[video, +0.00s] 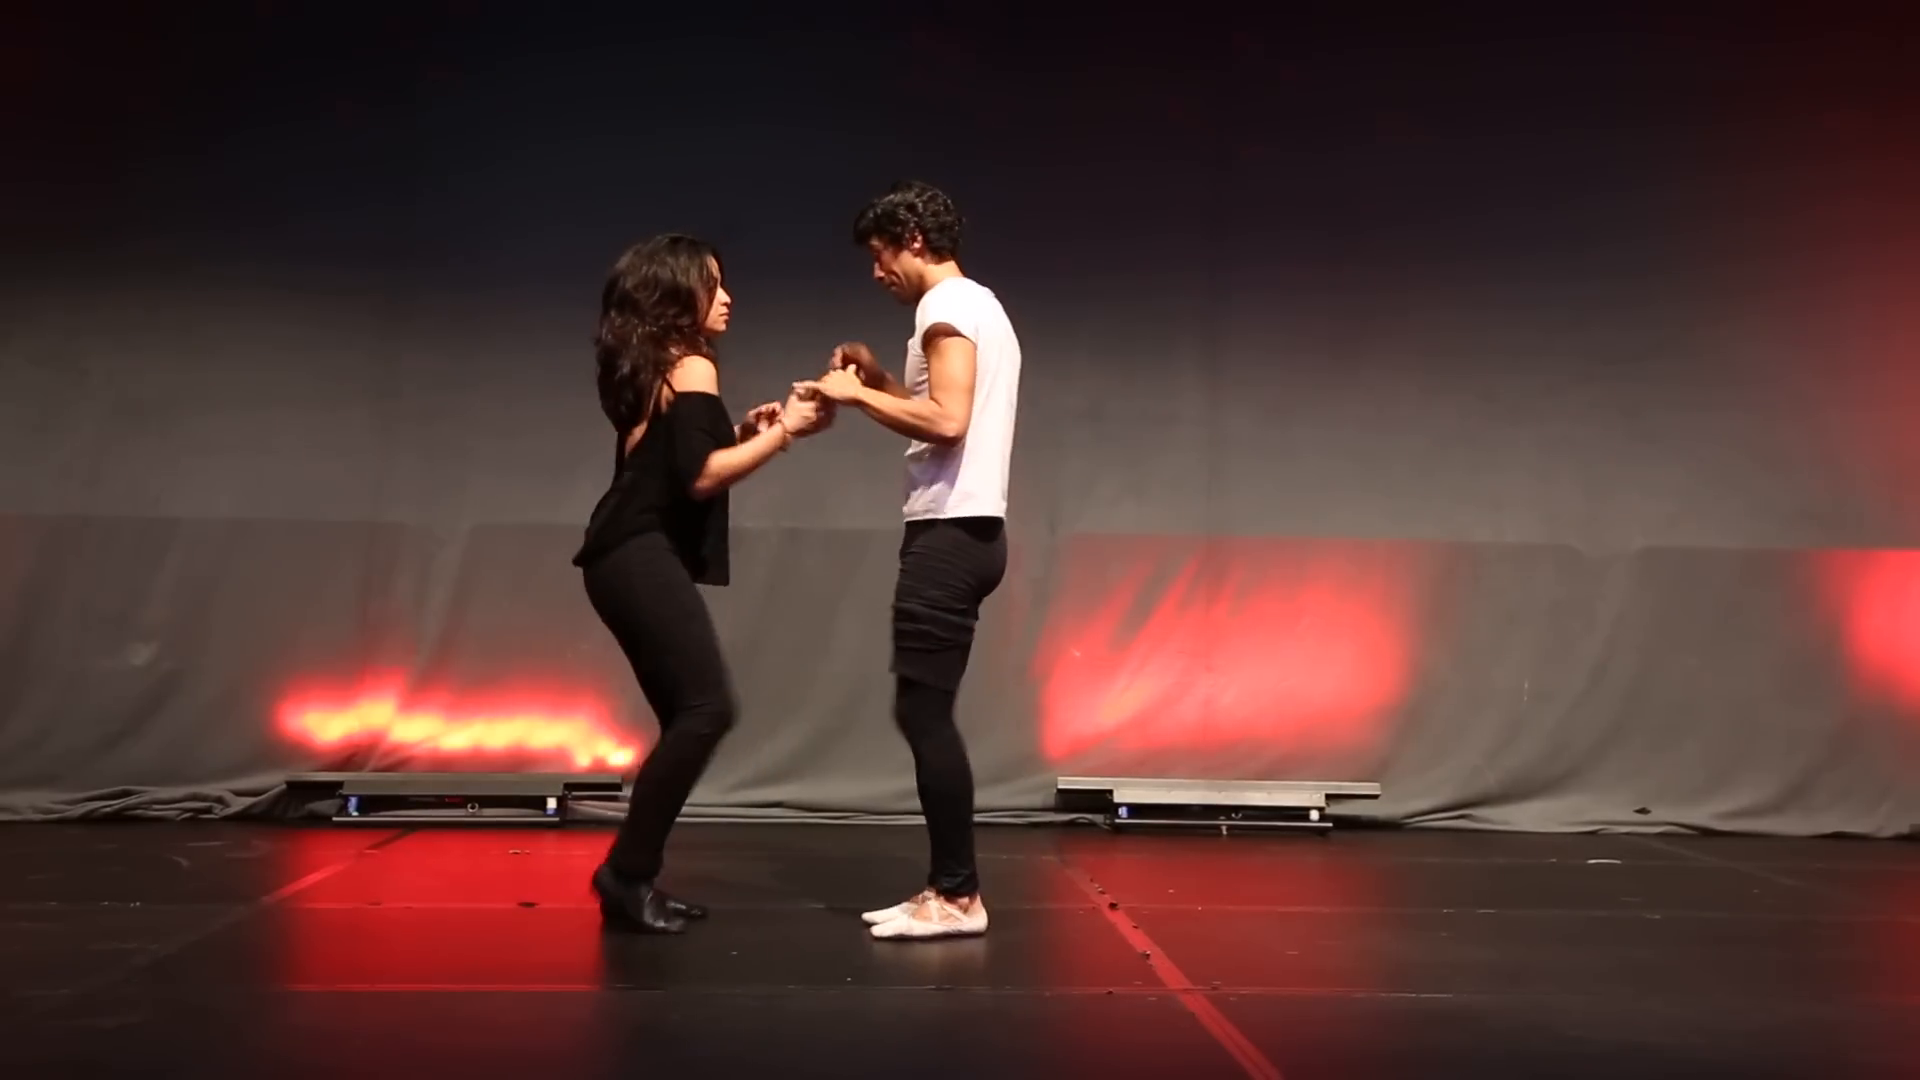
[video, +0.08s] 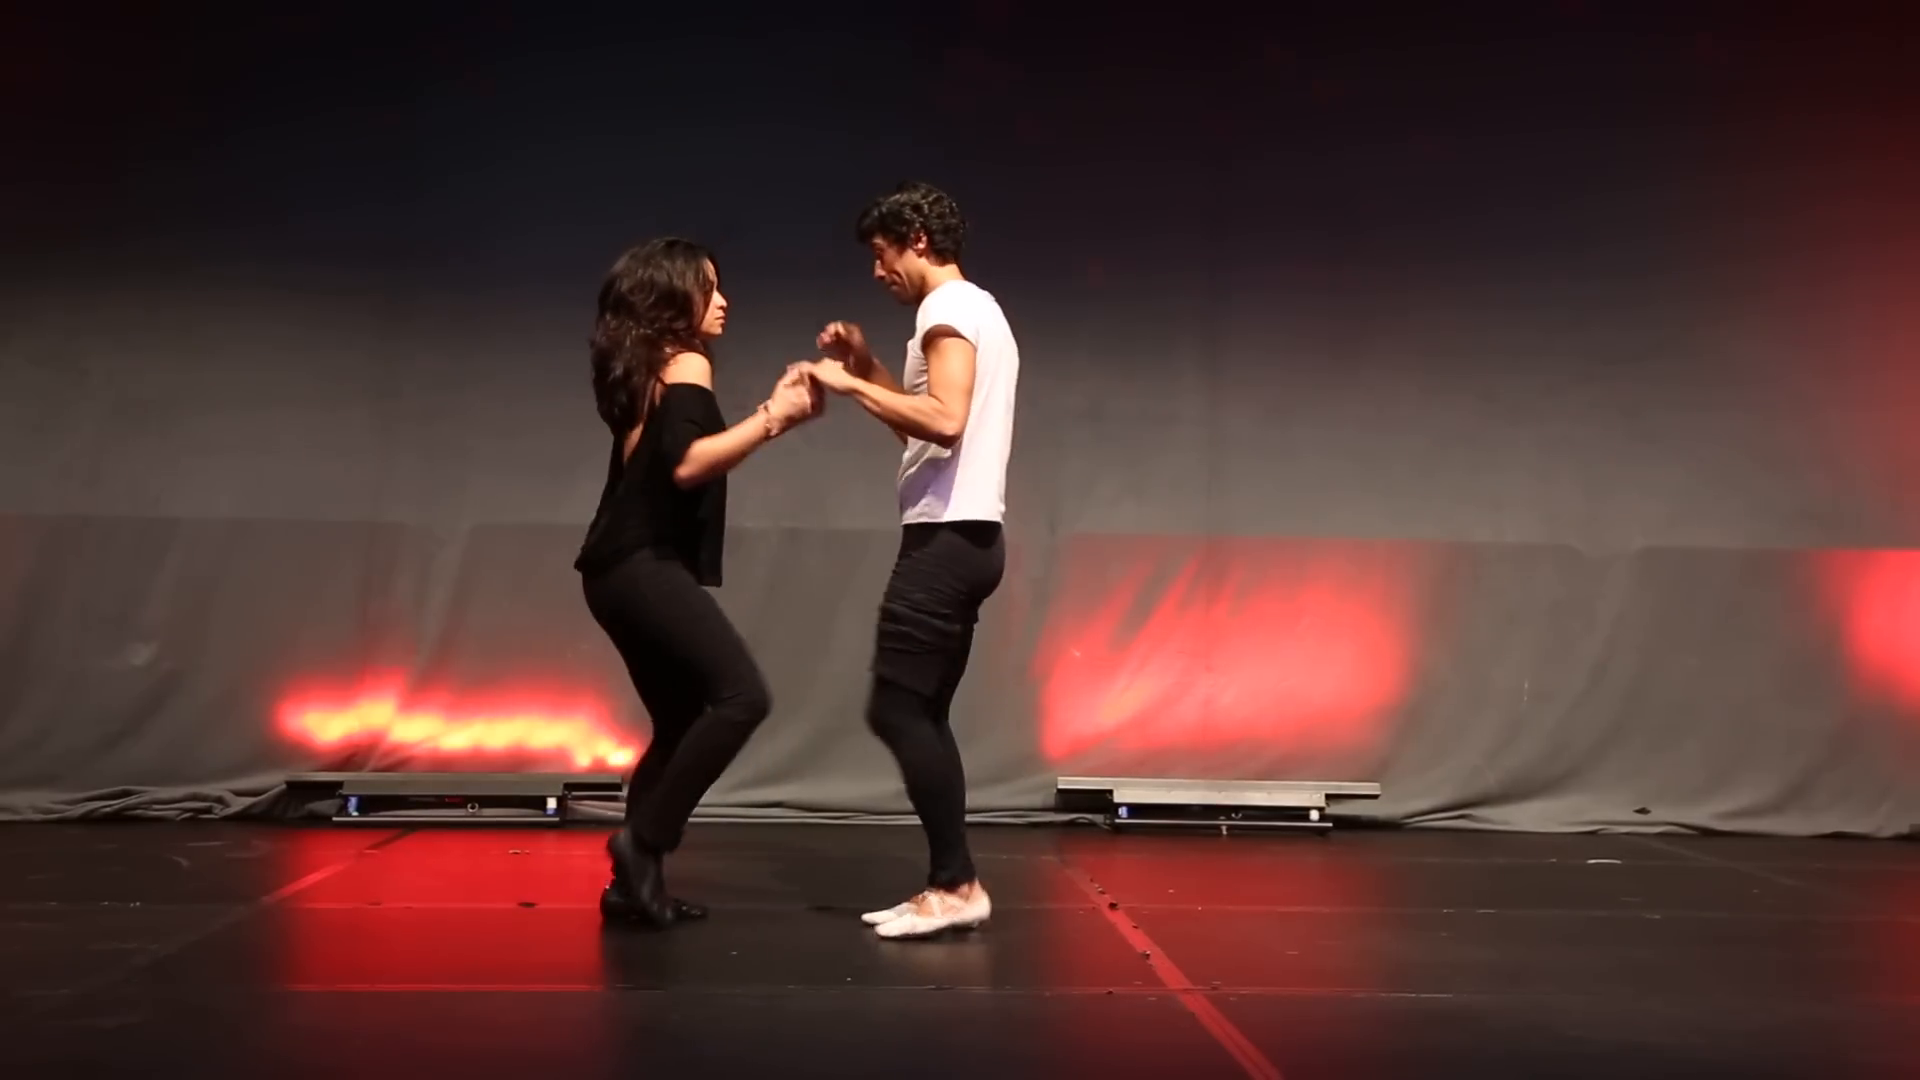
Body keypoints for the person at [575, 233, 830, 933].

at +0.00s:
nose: (726, 297)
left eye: (722, 284)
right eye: (713, 286)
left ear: (669, 300)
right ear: (680, 298)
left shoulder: (653, 368)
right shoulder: (690, 364)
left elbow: (660, 465)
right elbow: (703, 472)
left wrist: (751, 427)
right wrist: (785, 430)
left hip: (624, 560)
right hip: (641, 559)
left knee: (691, 714)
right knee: (706, 709)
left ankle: (632, 876)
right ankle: (626, 877)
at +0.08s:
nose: (722, 300)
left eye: (717, 287)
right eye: (709, 289)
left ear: (664, 302)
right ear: (676, 300)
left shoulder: (647, 372)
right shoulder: (684, 364)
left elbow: (688, 456)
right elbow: (687, 460)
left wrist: (775, 418)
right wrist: (769, 416)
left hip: (619, 574)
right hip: (646, 572)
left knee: (680, 722)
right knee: (741, 697)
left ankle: (633, 879)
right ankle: (640, 850)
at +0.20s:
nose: (717, 303)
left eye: (712, 290)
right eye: (704, 292)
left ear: (664, 303)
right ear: (670, 300)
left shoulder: (657, 372)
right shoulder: (666, 358)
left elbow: (704, 478)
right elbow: (682, 444)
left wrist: (768, 430)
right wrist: (761, 385)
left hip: (626, 577)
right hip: (648, 576)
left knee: (669, 725)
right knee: (762, 695)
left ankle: (632, 886)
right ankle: (653, 818)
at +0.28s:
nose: (716, 304)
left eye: (711, 291)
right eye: (702, 292)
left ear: (668, 303)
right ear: (666, 301)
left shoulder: (663, 370)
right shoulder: (653, 362)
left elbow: (709, 479)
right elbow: (691, 441)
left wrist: (771, 426)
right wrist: (765, 372)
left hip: (633, 574)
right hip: (647, 575)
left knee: (664, 725)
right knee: (755, 705)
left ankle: (629, 887)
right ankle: (646, 831)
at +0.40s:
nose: (712, 303)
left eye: (708, 290)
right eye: (700, 291)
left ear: (663, 301)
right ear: (663, 299)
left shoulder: (648, 366)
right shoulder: (652, 362)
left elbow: (712, 463)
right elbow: (713, 444)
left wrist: (771, 411)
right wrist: (781, 371)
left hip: (638, 574)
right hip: (645, 575)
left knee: (676, 727)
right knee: (717, 727)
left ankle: (631, 874)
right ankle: (611, 862)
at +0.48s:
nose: (710, 300)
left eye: (707, 287)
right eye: (698, 289)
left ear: (656, 299)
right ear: (662, 297)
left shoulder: (647, 366)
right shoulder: (660, 362)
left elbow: (711, 441)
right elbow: (746, 441)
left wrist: (758, 396)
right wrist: (804, 367)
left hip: (640, 566)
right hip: (635, 566)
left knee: (698, 718)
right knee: (697, 720)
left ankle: (644, 868)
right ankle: (589, 862)